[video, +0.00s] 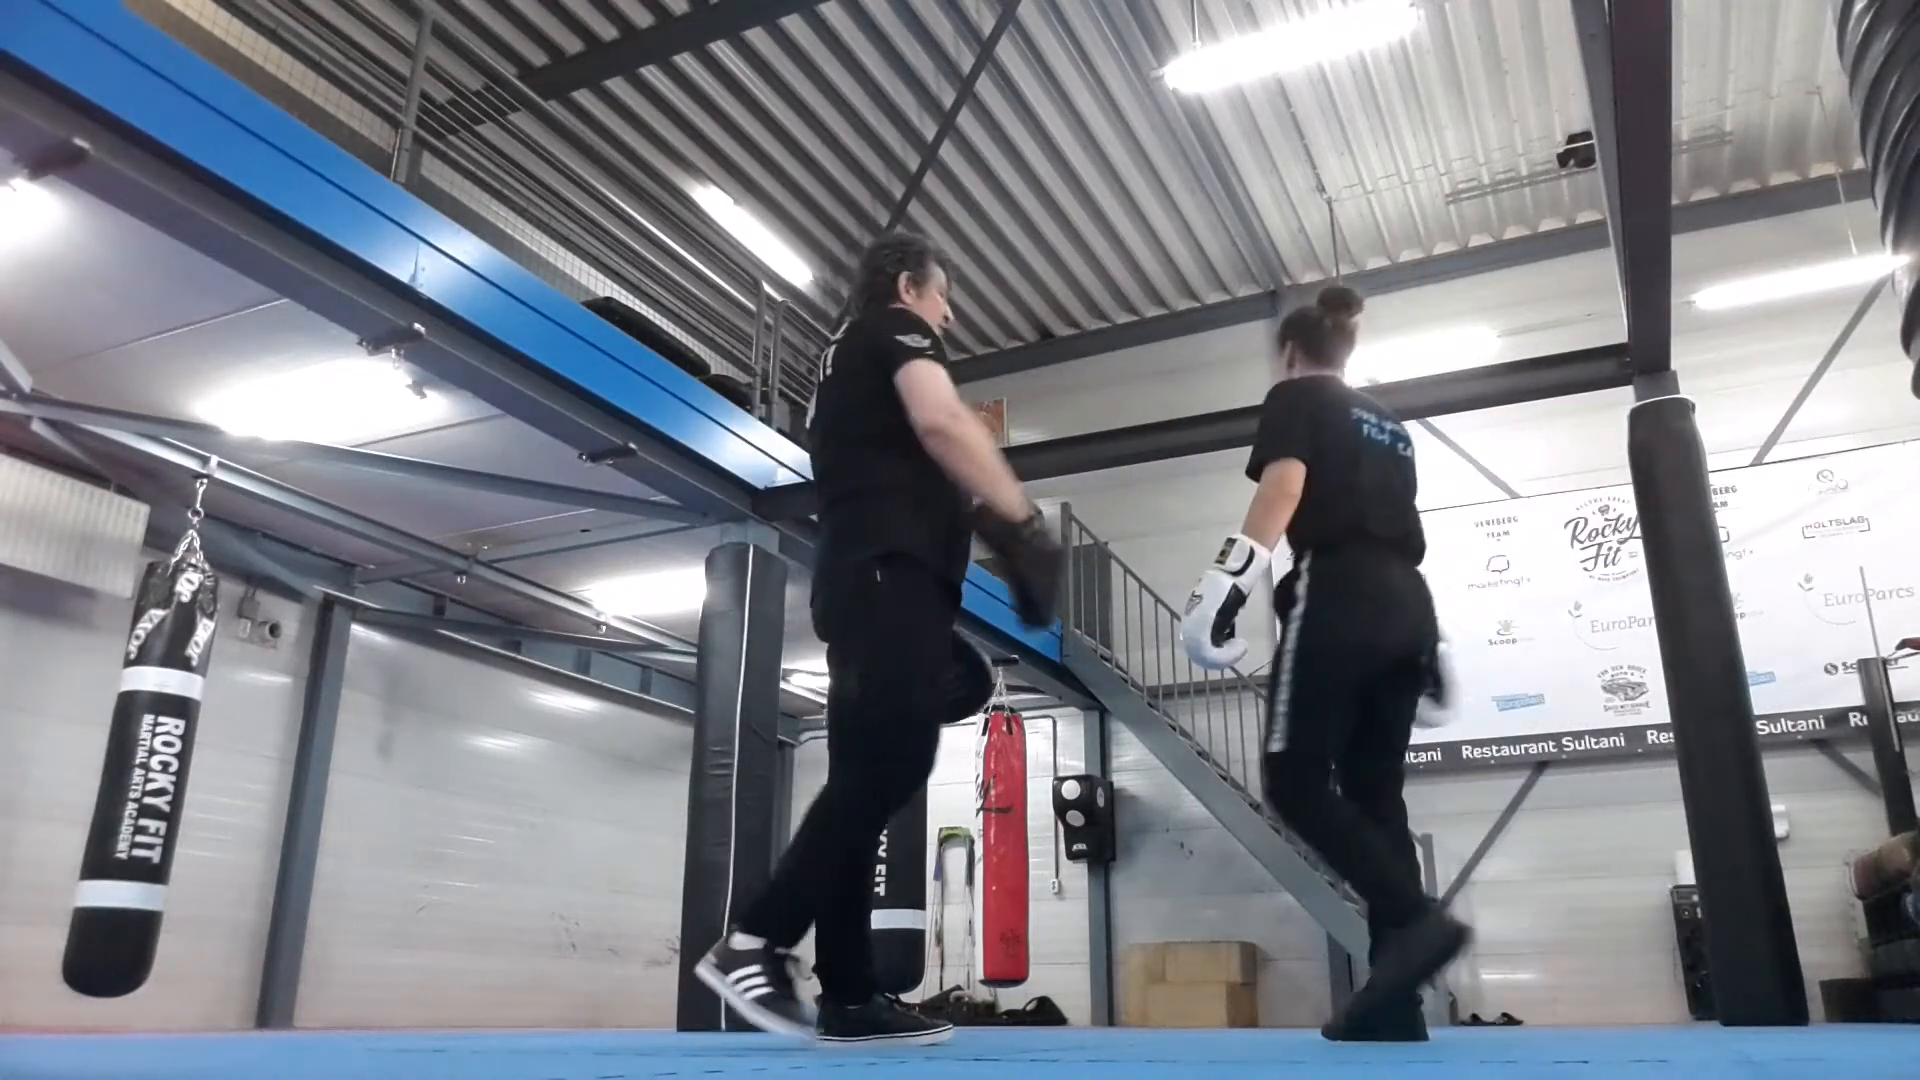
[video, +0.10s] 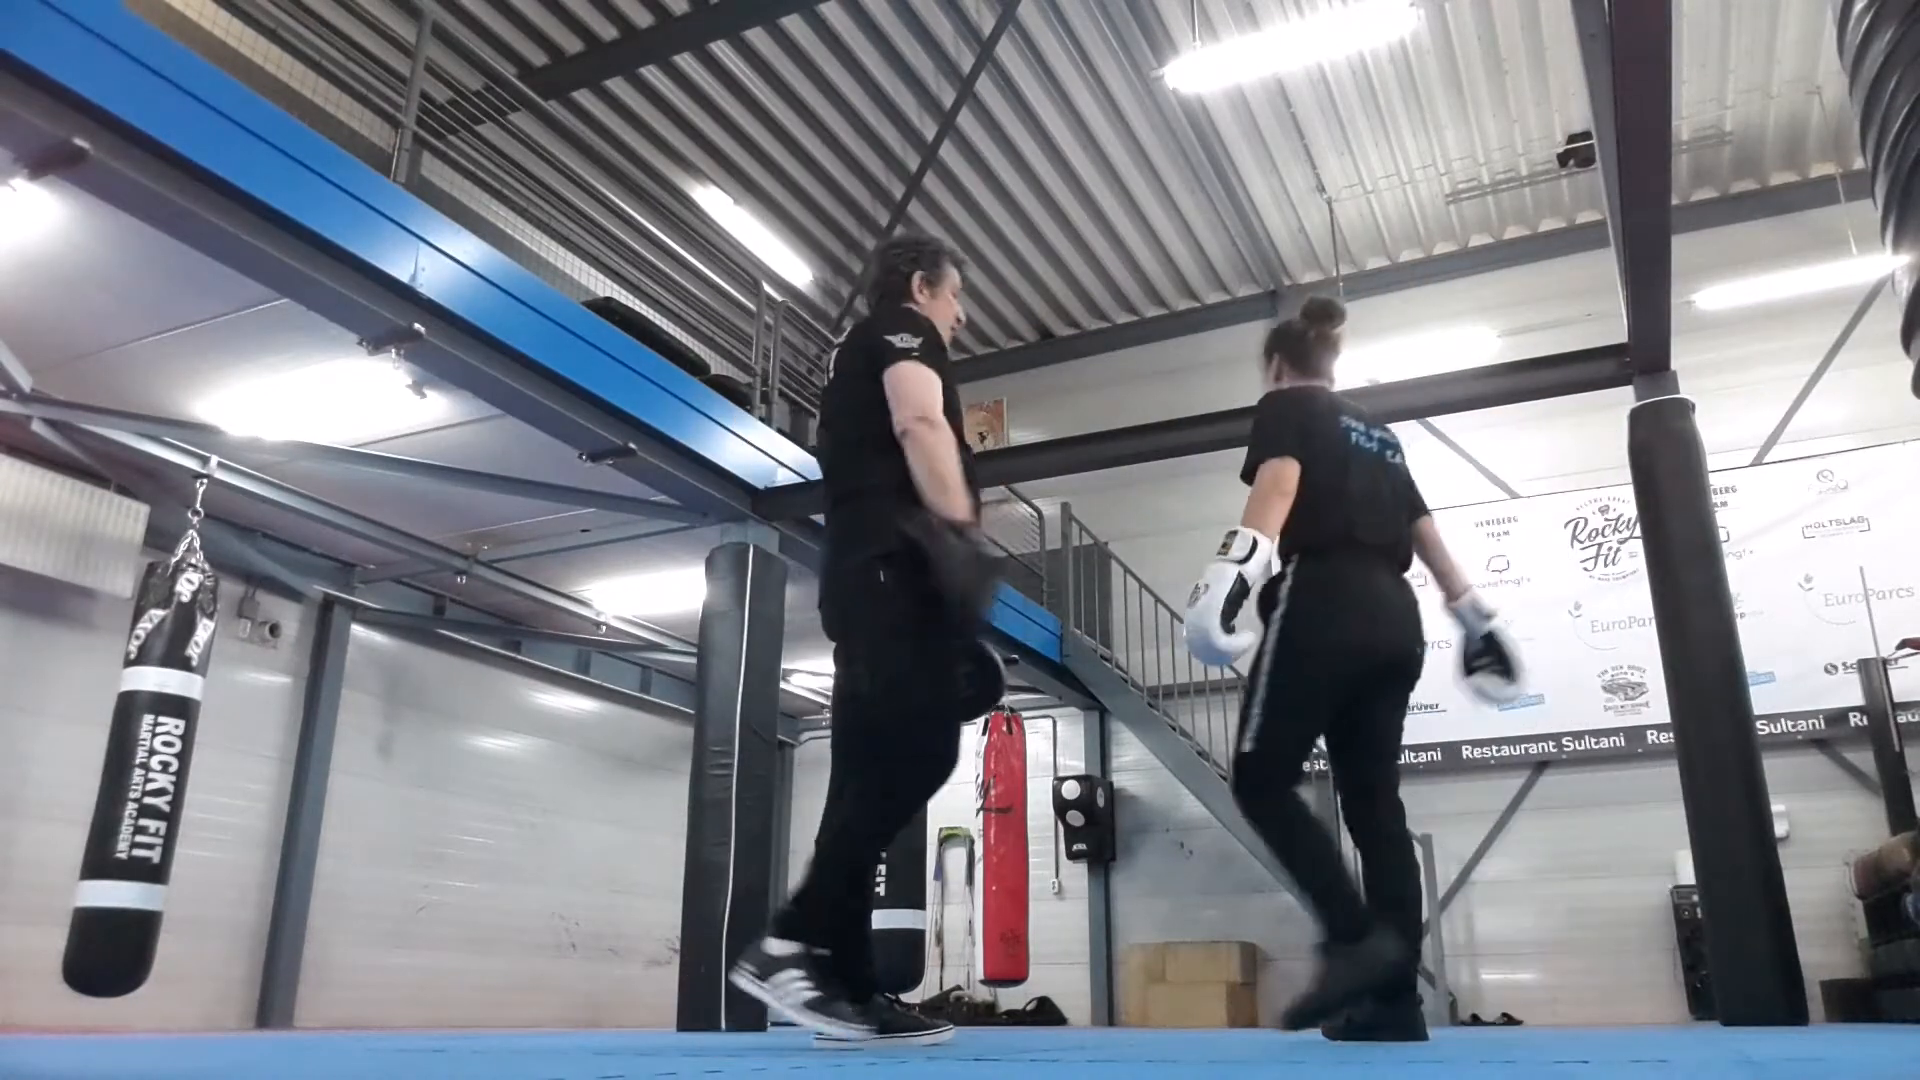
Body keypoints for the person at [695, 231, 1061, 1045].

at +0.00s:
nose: (948, 311)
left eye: (948, 298)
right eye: (943, 295)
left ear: (882, 293)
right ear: (907, 287)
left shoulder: (857, 356)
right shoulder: (894, 329)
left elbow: (904, 475)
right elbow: (941, 423)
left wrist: (972, 439)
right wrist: (1024, 523)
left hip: (864, 582)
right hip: (887, 580)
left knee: (860, 787)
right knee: (884, 773)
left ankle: (849, 995)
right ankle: (752, 946)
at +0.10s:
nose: (961, 311)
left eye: (960, 297)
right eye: (955, 294)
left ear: (899, 291)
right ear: (921, 288)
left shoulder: (862, 352)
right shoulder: (902, 329)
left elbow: (866, 478)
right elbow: (916, 423)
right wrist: (962, 528)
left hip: (867, 578)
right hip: (892, 576)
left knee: (868, 774)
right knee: (914, 755)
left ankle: (844, 987)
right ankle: (798, 950)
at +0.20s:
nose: (975, 315)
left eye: (976, 301)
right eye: (972, 298)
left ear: (918, 287)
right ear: (938, 285)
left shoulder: (887, 345)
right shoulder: (909, 334)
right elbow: (903, 414)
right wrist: (918, 512)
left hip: (881, 579)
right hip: (897, 579)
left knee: (874, 777)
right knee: (914, 759)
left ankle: (848, 978)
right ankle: (860, 981)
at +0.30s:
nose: (996, 322)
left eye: (1000, 308)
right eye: (995, 303)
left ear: (956, 290)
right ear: (961, 286)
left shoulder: (932, 364)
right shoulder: (913, 329)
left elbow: (929, 496)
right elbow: (882, 400)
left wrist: (967, 618)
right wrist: (869, 493)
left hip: (907, 591)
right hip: (909, 587)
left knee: (870, 791)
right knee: (954, 751)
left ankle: (849, 997)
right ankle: (918, 975)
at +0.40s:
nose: (1018, 328)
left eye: (1024, 316)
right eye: (1018, 311)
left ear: (985, 296)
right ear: (988, 290)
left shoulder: (967, 372)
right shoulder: (926, 323)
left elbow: (958, 491)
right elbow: (868, 429)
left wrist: (979, 595)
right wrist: (865, 503)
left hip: (939, 589)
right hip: (919, 580)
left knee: (876, 794)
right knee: (976, 760)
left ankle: (850, 996)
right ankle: (995, 970)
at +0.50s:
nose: (1043, 322)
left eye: (1047, 309)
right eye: (1044, 304)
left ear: (1001, 285)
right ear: (1013, 284)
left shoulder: (975, 351)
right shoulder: (948, 319)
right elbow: (908, 400)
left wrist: (992, 583)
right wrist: (881, 481)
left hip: (942, 597)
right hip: (952, 594)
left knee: (887, 793)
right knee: (1001, 778)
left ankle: (851, 994)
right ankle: (1012, 981)